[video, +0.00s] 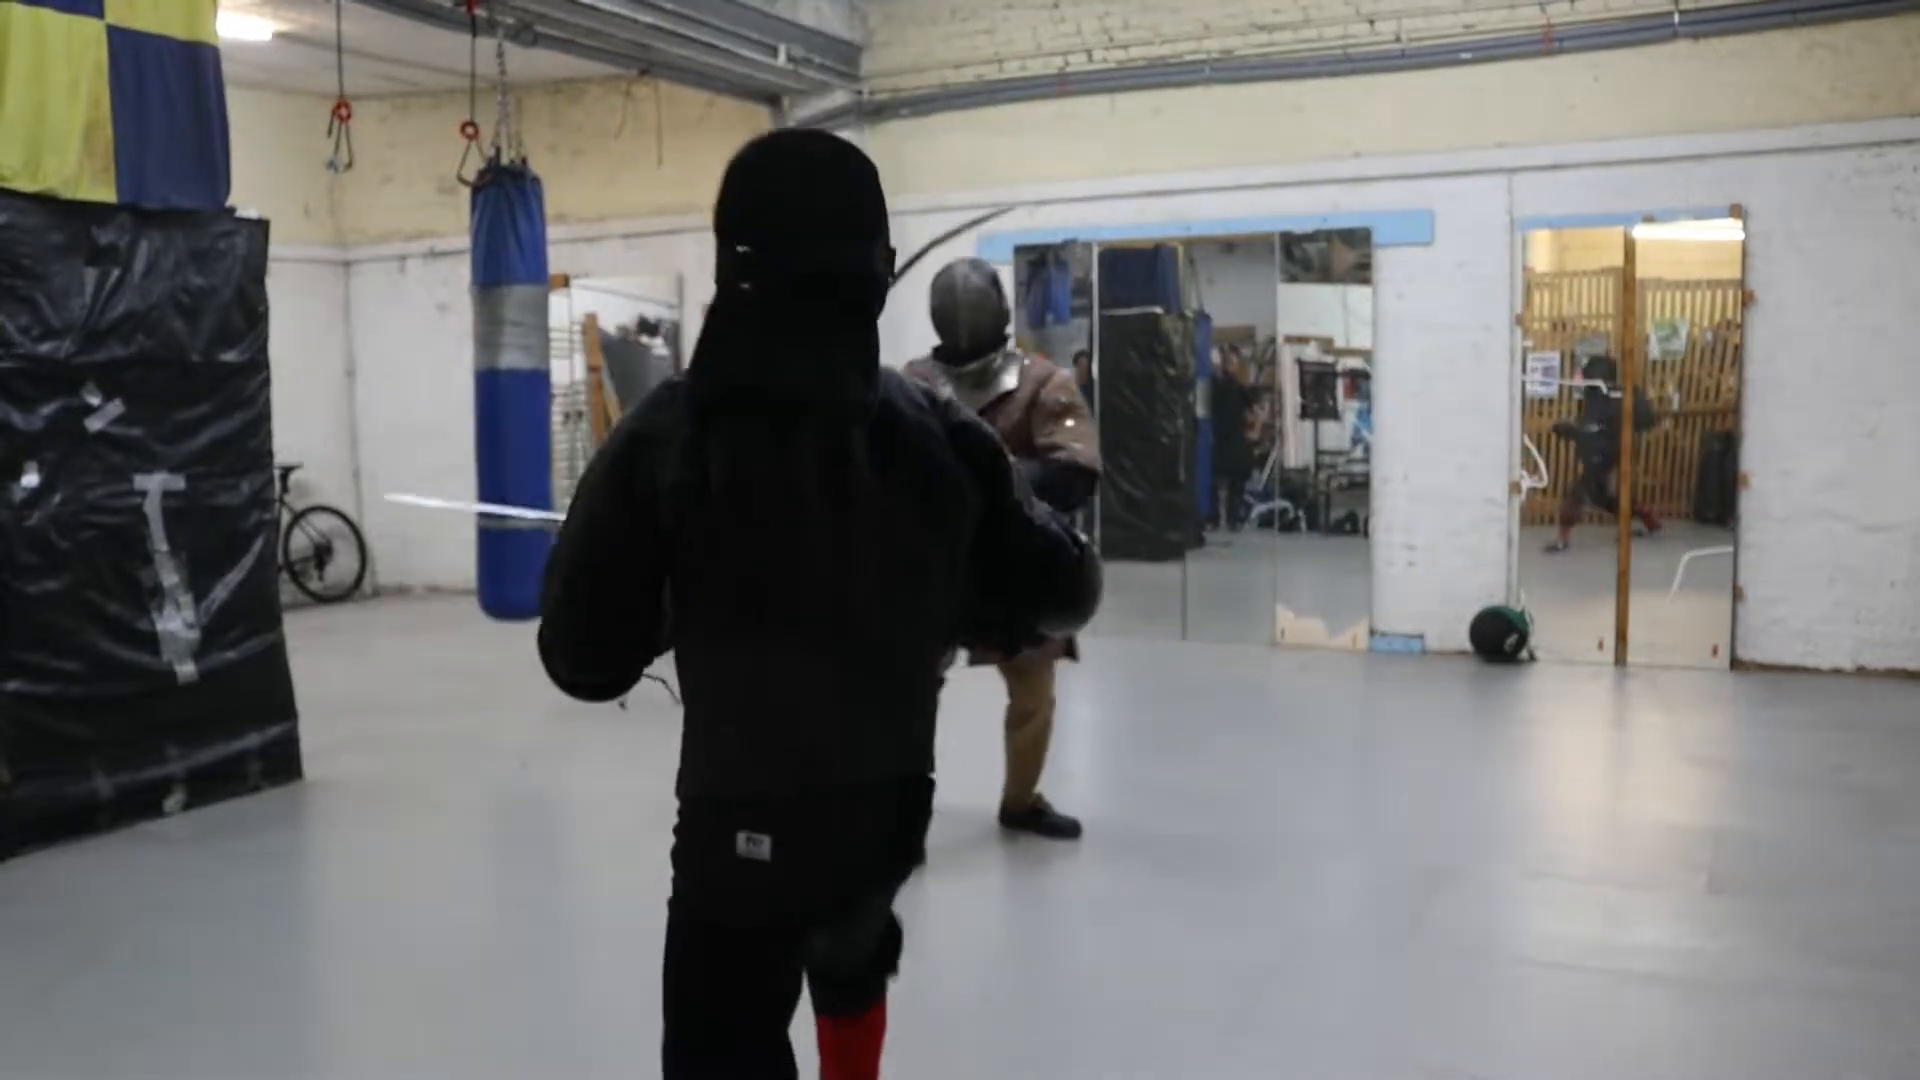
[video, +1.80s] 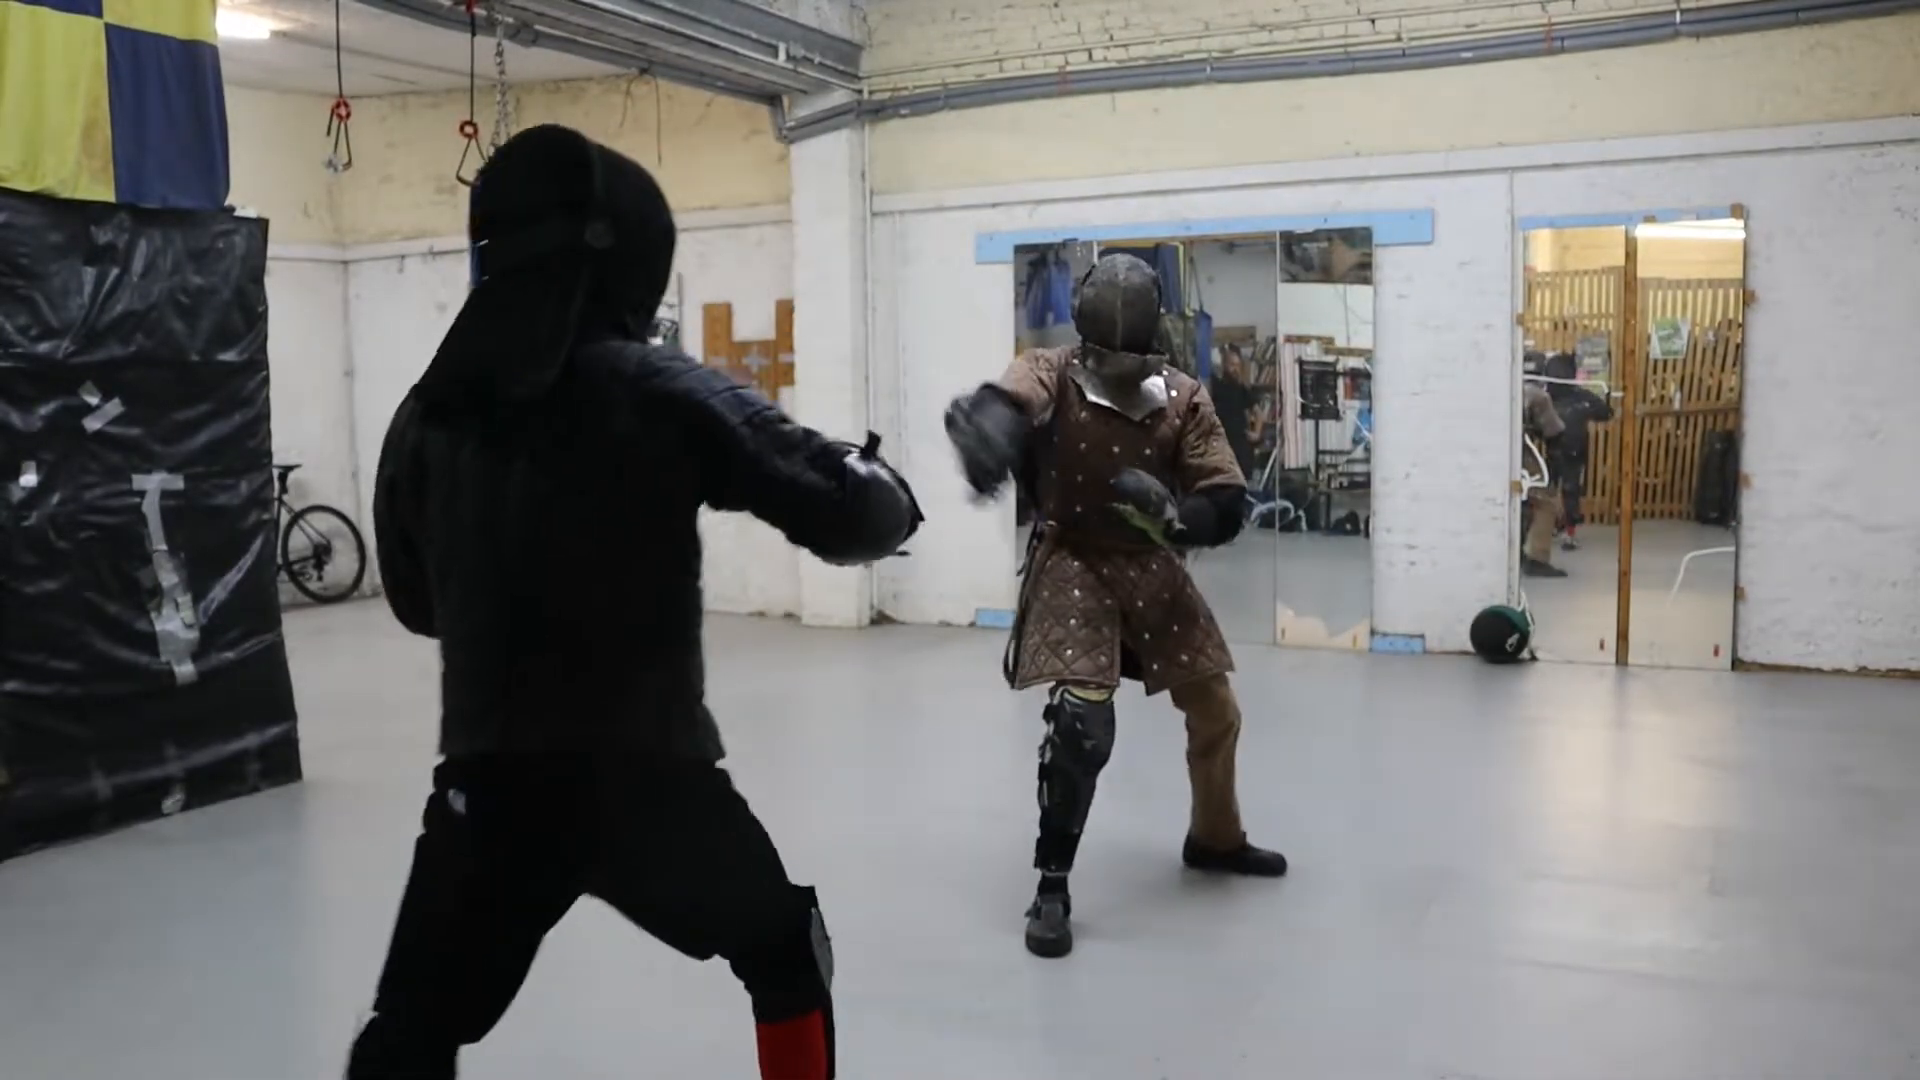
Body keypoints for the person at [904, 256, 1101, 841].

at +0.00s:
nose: (965, 350)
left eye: (976, 335)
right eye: (952, 334)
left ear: (1000, 321)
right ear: (938, 325)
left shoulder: (1045, 383)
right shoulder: (916, 386)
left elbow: (1077, 471)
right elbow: (890, 477)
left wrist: (993, 480)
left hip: (1023, 565)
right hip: (936, 562)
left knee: (1033, 693)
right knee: (912, 685)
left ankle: (1020, 799)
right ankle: (899, 803)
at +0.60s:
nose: (1021, 365)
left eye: (1033, 351)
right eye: (1008, 353)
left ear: (1052, 326)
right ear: (988, 330)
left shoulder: (1092, 377)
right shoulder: (960, 383)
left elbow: (1128, 475)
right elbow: (925, 483)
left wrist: (1065, 500)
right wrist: (946, 535)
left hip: (1071, 548)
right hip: (993, 549)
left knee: (1105, 685)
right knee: (998, 696)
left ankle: (1078, 787)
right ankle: (961, 828)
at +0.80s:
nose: (1055, 361)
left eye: (1066, 347)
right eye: (1040, 350)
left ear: (1084, 324)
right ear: (1019, 330)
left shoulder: (1123, 376)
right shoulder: (996, 387)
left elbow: (1166, 474)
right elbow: (993, 514)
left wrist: (1115, 489)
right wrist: (1052, 582)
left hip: (1107, 549)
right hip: (1029, 553)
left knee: (1151, 685)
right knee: (1016, 698)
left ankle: (1147, 808)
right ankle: (964, 827)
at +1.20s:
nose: (1115, 357)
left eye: (1126, 344)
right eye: (1102, 345)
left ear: (1146, 325)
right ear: (1084, 329)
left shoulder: (1189, 377)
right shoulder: (1055, 381)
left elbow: (1235, 462)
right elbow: (1016, 456)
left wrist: (1175, 464)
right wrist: (1001, 495)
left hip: (1168, 546)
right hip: (1089, 546)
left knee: (1180, 692)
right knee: (1083, 686)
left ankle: (1148, 809)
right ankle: (1055, 832)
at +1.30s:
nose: (1121, 360)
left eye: (1133, 346)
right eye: (1107, 347)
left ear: (1156, 324)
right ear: (1088, 327)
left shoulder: (1196, 381)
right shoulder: (1058, 382)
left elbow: (1238, 472)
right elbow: (1002, 449)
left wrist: (1171, 475)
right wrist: (951, 444)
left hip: (1170, 550)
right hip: (1092, 549)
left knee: (1180, 694)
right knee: (1095, 688)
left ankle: (1149, 808)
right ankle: (1069, 838)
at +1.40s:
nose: (1121, 370)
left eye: (1136, 356)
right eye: (1107, 355)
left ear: (1158, 331)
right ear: (1088, 331)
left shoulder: (1197, 385)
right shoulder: (1054, 378)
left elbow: (1243, 481)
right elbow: (965, 417)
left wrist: (1175, 484)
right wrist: (924, 368)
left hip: (1170, 554)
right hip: (1092, 553)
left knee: (1175, 702)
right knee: (1098, 700)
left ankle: (1150, 809)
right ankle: (1066, 851)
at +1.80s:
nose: (1121, 372)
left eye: (1135, 357)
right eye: (1107, 356)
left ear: (1156, 341)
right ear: (1084, 339)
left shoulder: (1182, 397)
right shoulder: (1047, 375)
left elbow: (1229, 497)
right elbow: (994, 408)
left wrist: (1180, 513)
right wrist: (987, 434)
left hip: (1152, 567)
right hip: (1070, 567)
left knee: (1216, 711)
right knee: (1082, 731)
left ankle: (1215, 840)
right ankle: (1052, 888)